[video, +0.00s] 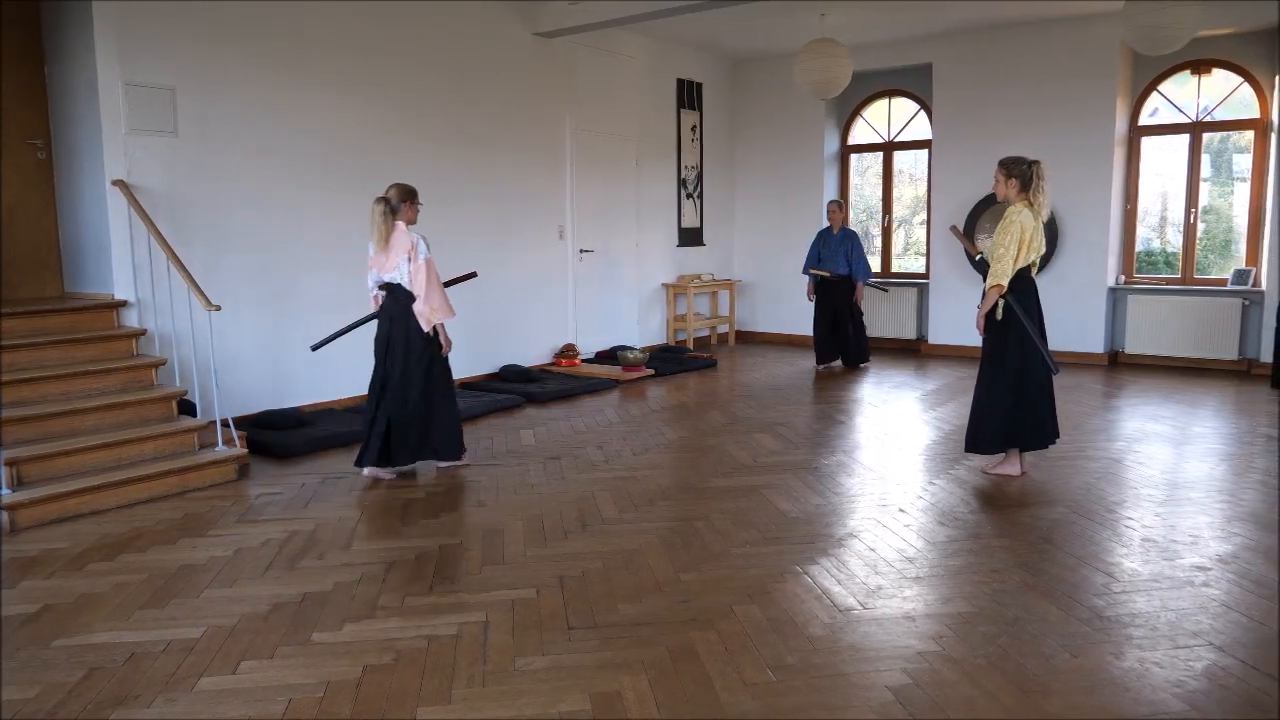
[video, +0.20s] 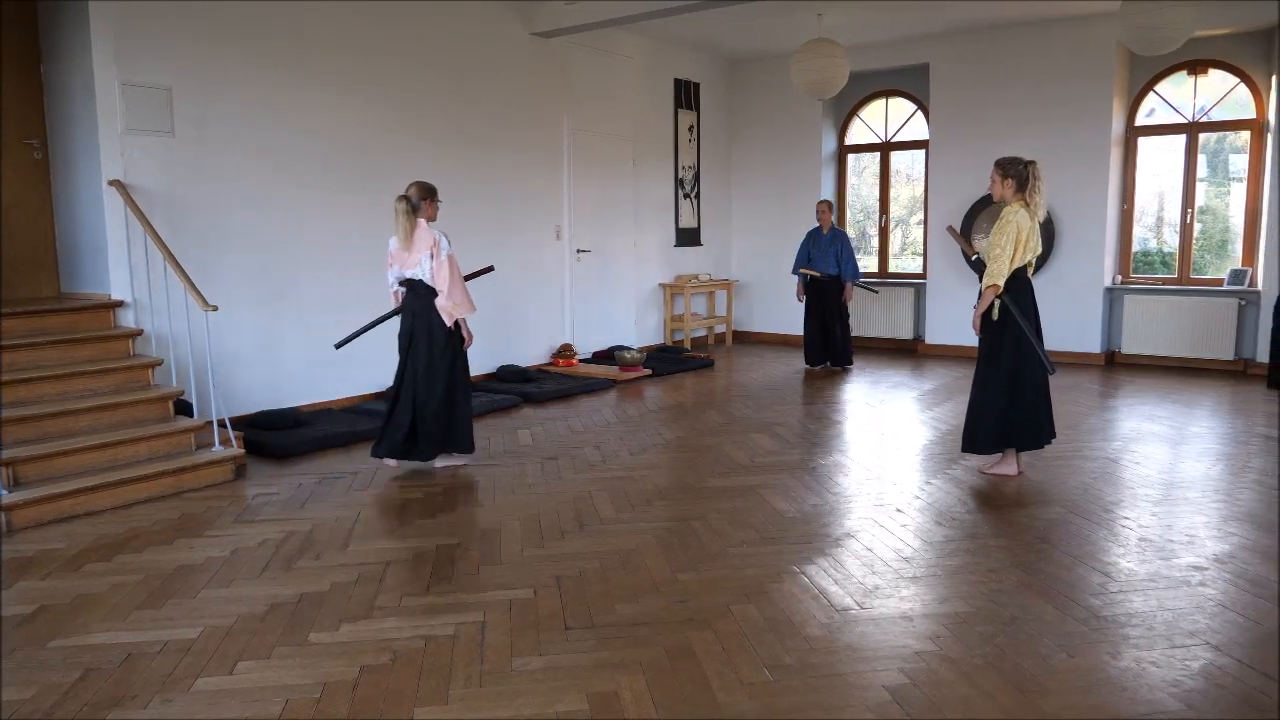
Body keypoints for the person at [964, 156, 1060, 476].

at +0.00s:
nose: (994, 186)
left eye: (997, 181)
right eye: (995, 180)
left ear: (1013, 184)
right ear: (1020, 184)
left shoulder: (1014, 217)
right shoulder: (1032, 215)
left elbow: (1002, 269)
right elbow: (1009, 259)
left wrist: (983, 309)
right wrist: (976, 251)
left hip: (1010, 301)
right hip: (1025, 298)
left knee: (1009, 375)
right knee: (1017, 374)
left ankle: (1012, 458)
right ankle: (1014, 455)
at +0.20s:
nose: (990, 186)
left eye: (994, 181)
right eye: (991, 181)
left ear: (1009, 184)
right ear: (1016, 185)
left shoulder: (1010, 217)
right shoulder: (1028, 215)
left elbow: (998, 269)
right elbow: (1004, 262)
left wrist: (979, 309)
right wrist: (972, 252)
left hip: (1007, 302)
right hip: (1021, 298)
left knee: (1007, 375)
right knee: (1012, 375)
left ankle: (1010, 458)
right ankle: (1009, 453)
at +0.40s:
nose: (986, 186)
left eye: (990, 181)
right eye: (987, 181)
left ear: (1005, 184)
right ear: (1010, 184)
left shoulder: (1006, 217)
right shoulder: (1023, 216)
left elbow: (994, 269)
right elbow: (988, 266)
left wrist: (975, 307)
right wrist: (962, 246)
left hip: (1002, 301)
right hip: (1016, 298)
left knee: (1003, 375)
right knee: (1011, 374)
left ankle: (1007, 457)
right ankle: (1008, 454)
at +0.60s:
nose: (982, 187)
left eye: (986, 181)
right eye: (983, 181)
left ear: (1001, 185)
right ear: (1008, 185)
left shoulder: (1002, 217)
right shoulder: (1021, 216)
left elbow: (991, 270)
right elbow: (988, 268)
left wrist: (971, 309)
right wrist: (962, 250)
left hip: (999, 302)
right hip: (1014, 299)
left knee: (999, 375)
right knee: (1007, 375)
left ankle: (1004, 457)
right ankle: (1006, 455)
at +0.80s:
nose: (976, 188)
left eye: (980, 183)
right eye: (977, 182)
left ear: (996, 185)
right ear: (1002, 186)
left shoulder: (997, 217)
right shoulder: (1016, 216)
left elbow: (986, 269)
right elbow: (998, 265)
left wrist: (967, 309)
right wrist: (962, 255)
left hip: (994, 301)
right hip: (1009, 298)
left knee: (997, 375)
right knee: (1002, 374)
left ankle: (1003, 457)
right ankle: (1002, 453)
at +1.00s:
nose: (966, 190)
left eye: (969, 184)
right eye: (966, 184)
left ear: (986, 188)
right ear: (990, 188)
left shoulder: (984, 220)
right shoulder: (1004, 216)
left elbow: (984, 275)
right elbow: (998, 266)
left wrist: (958, 300)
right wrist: (963, 282)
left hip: (987, 305)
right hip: (999, 302)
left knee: (994, 376)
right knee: (992, 375)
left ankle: (1001, 458)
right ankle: (994, 450)